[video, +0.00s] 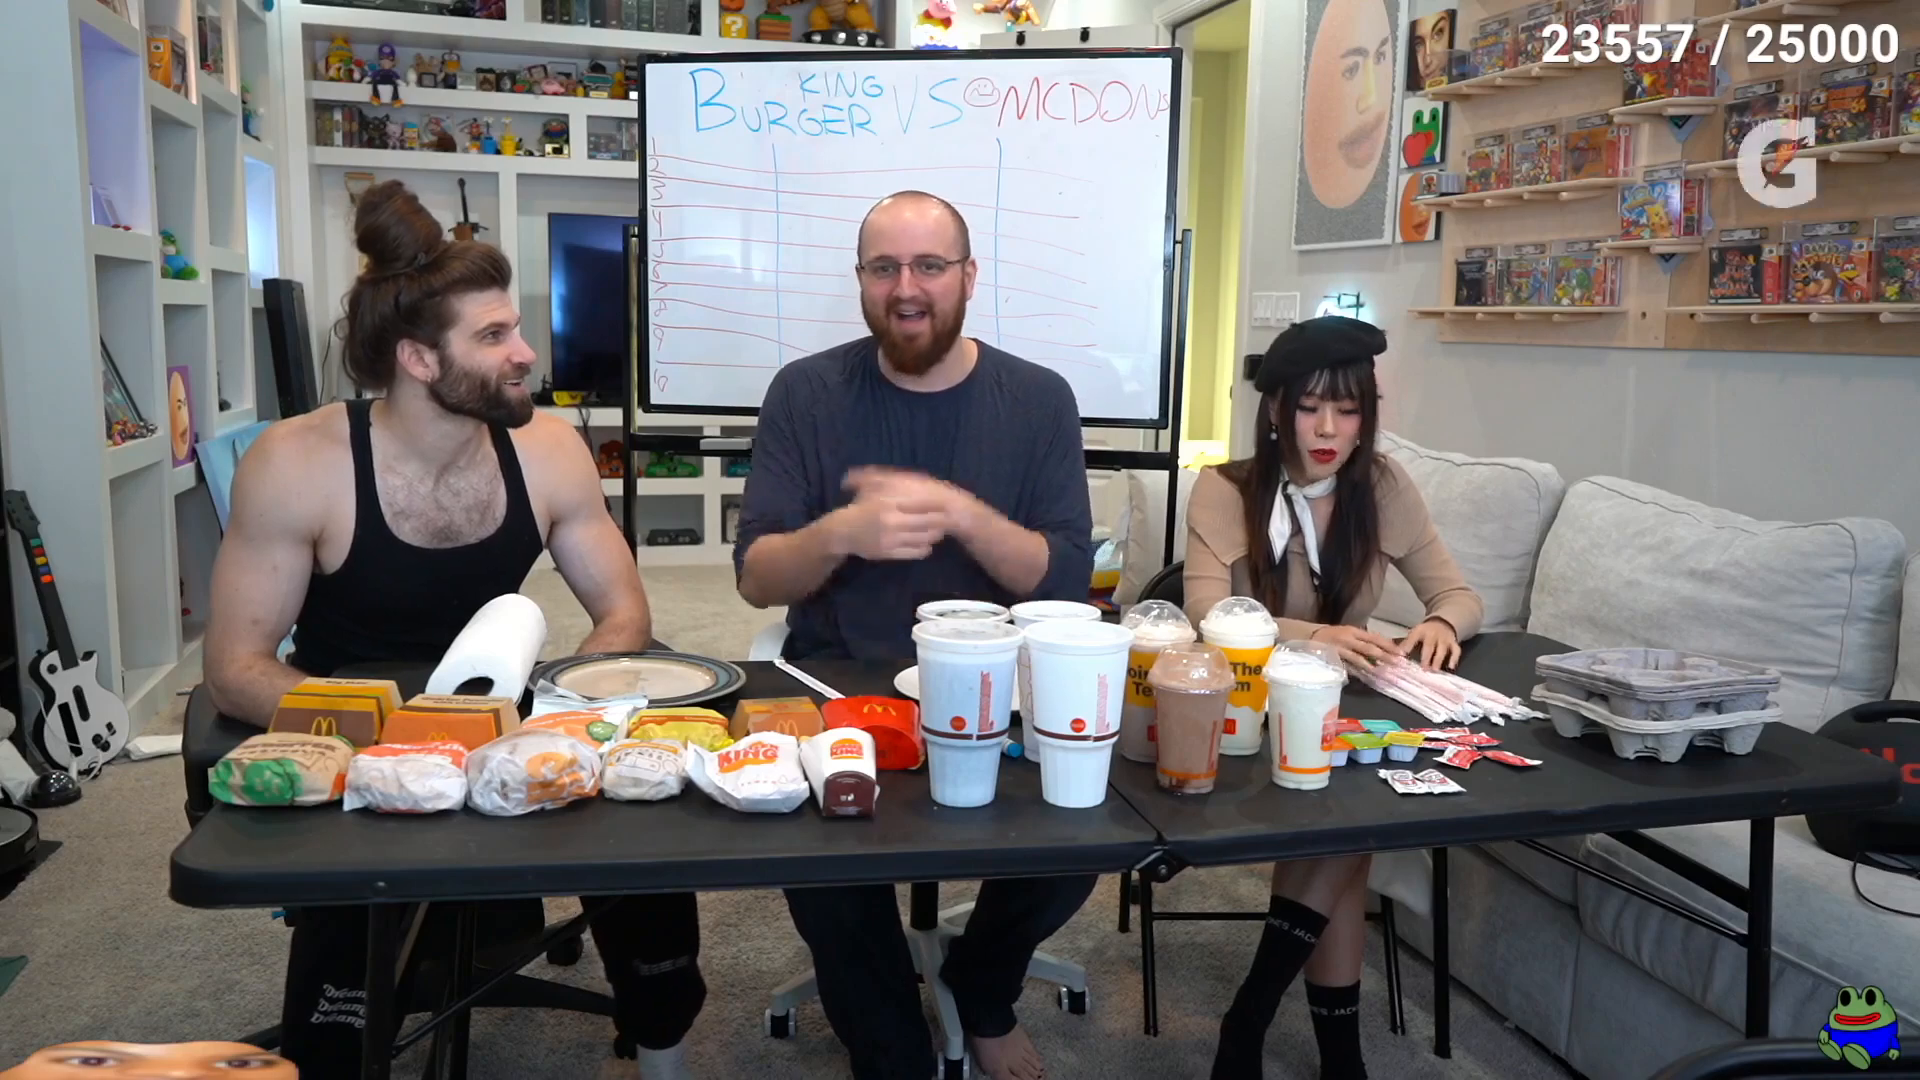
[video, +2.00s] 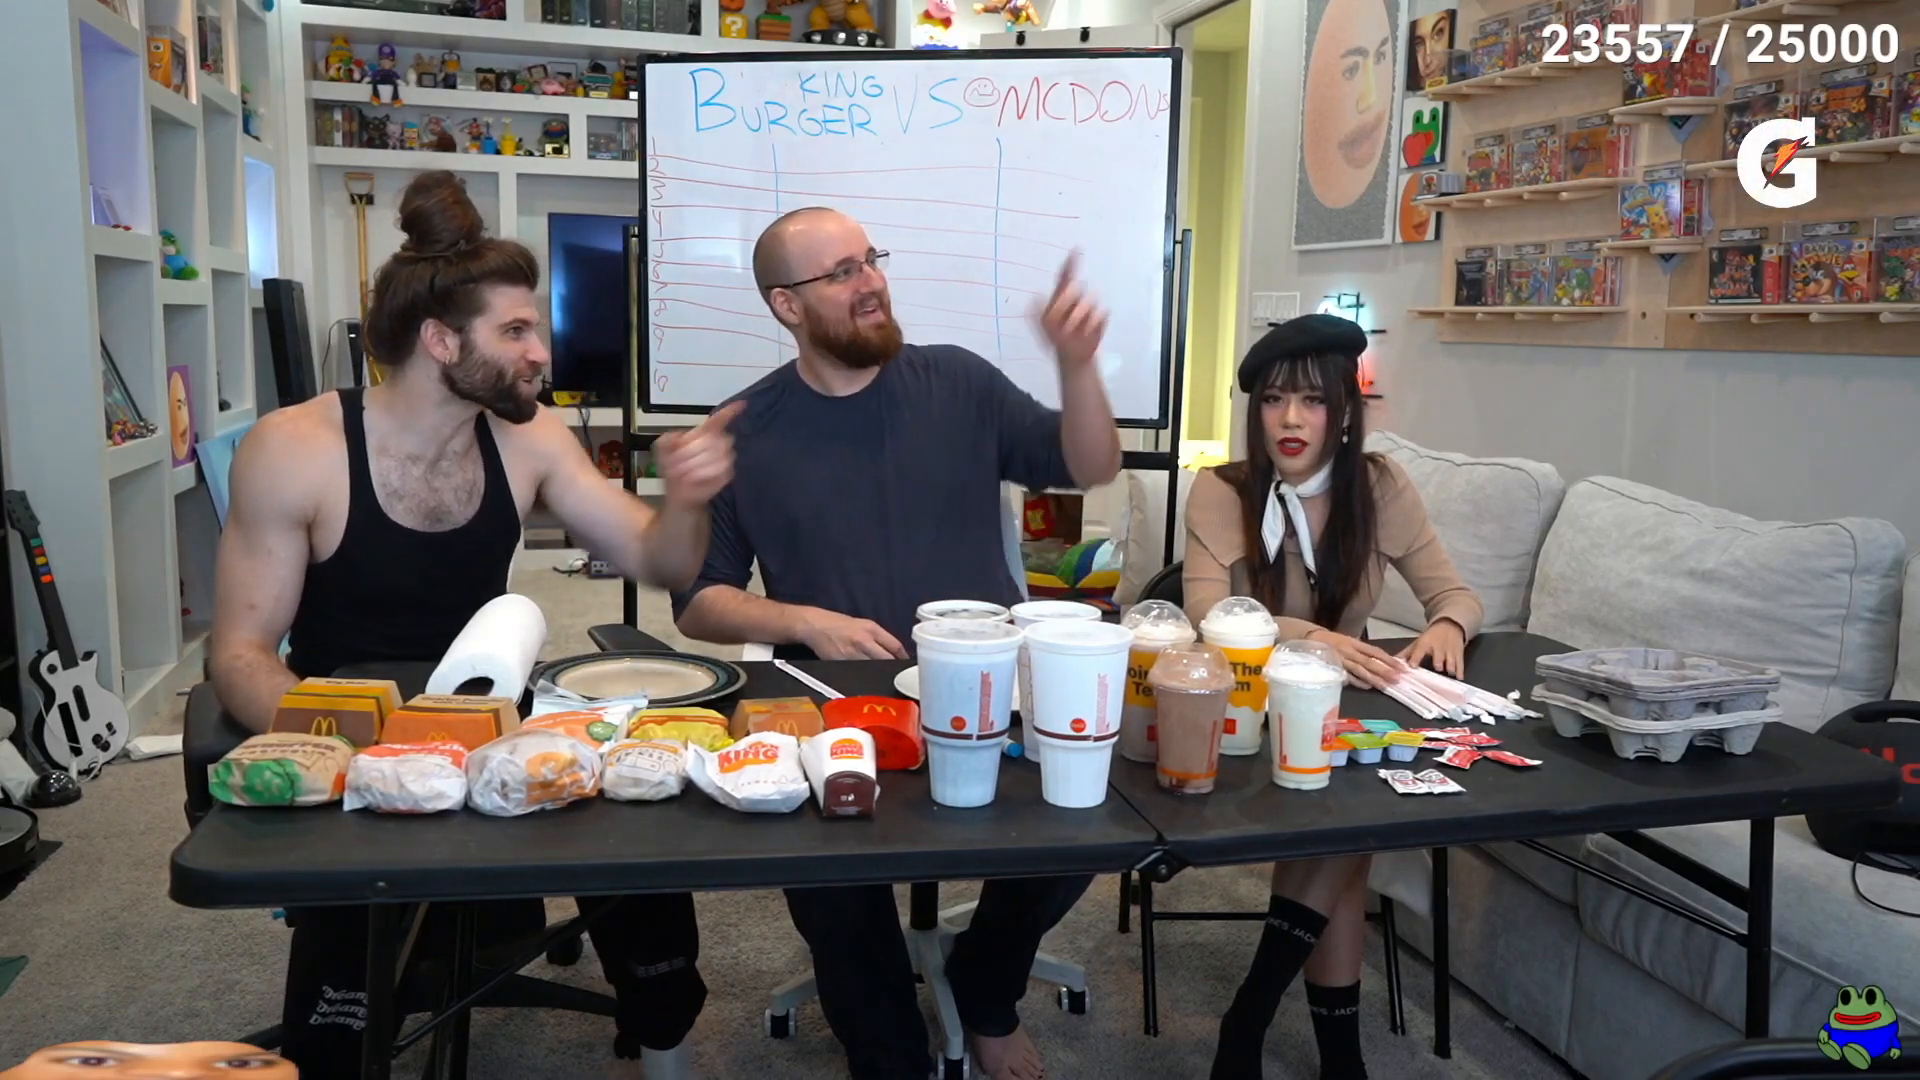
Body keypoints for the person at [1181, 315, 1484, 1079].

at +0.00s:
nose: (1328, 428)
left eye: (1347, 410)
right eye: (1310, 409)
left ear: (1367, 415)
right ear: (1277, 411)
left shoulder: (1384, 486)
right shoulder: (1224, 492)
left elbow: (1459, 594)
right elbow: (1210, 620)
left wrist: (1443, 620)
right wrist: (1314, 635)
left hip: (1340, 707)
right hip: (1243, 711)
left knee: (1343, 816)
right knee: (1350, 830)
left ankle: (1246, 1023)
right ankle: (1343, 1063)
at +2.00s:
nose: (1291, 419)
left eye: (1313, 400)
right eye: (1275, 399)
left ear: (1346, 412)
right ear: (1254, 408)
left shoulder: (1377, 482)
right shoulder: (1220, 492)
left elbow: (1453, 594)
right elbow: (1210, 621)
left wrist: (1449, 625)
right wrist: (1309, 635)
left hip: (1338, 704)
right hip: (1240, 709)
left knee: (1348, 815)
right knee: (1351, 831)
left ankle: (1244, 1025)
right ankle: (1343, 1065)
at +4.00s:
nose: (1299, 419)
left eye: (1320, 401)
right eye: (1282, 399)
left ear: (1350, 412)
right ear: (1258, 407)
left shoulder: (1379, 484)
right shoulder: (1221, 492)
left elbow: (1455, 595)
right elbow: (1210, 622)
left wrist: (1446, 625)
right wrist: (1307, 634)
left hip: (1337, 706)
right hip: (1242, 712)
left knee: (1348, 815)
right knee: (1351, 832)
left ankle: (1245, 1025)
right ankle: (1343, 1065)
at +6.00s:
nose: (1265, 411)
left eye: (1291, 397)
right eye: (1260, 392)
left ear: (1339, 413)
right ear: (1248, 396)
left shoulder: (1379, 484)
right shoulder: (1220, 489)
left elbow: (1456, 595)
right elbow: (1209, 618)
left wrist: (1443, 613)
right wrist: (1314, 633)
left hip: (1342, 706)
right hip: (1242, 710)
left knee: (1343, 817)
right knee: (1350, 831)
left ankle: (1245, 1026)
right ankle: (1343, 1064)